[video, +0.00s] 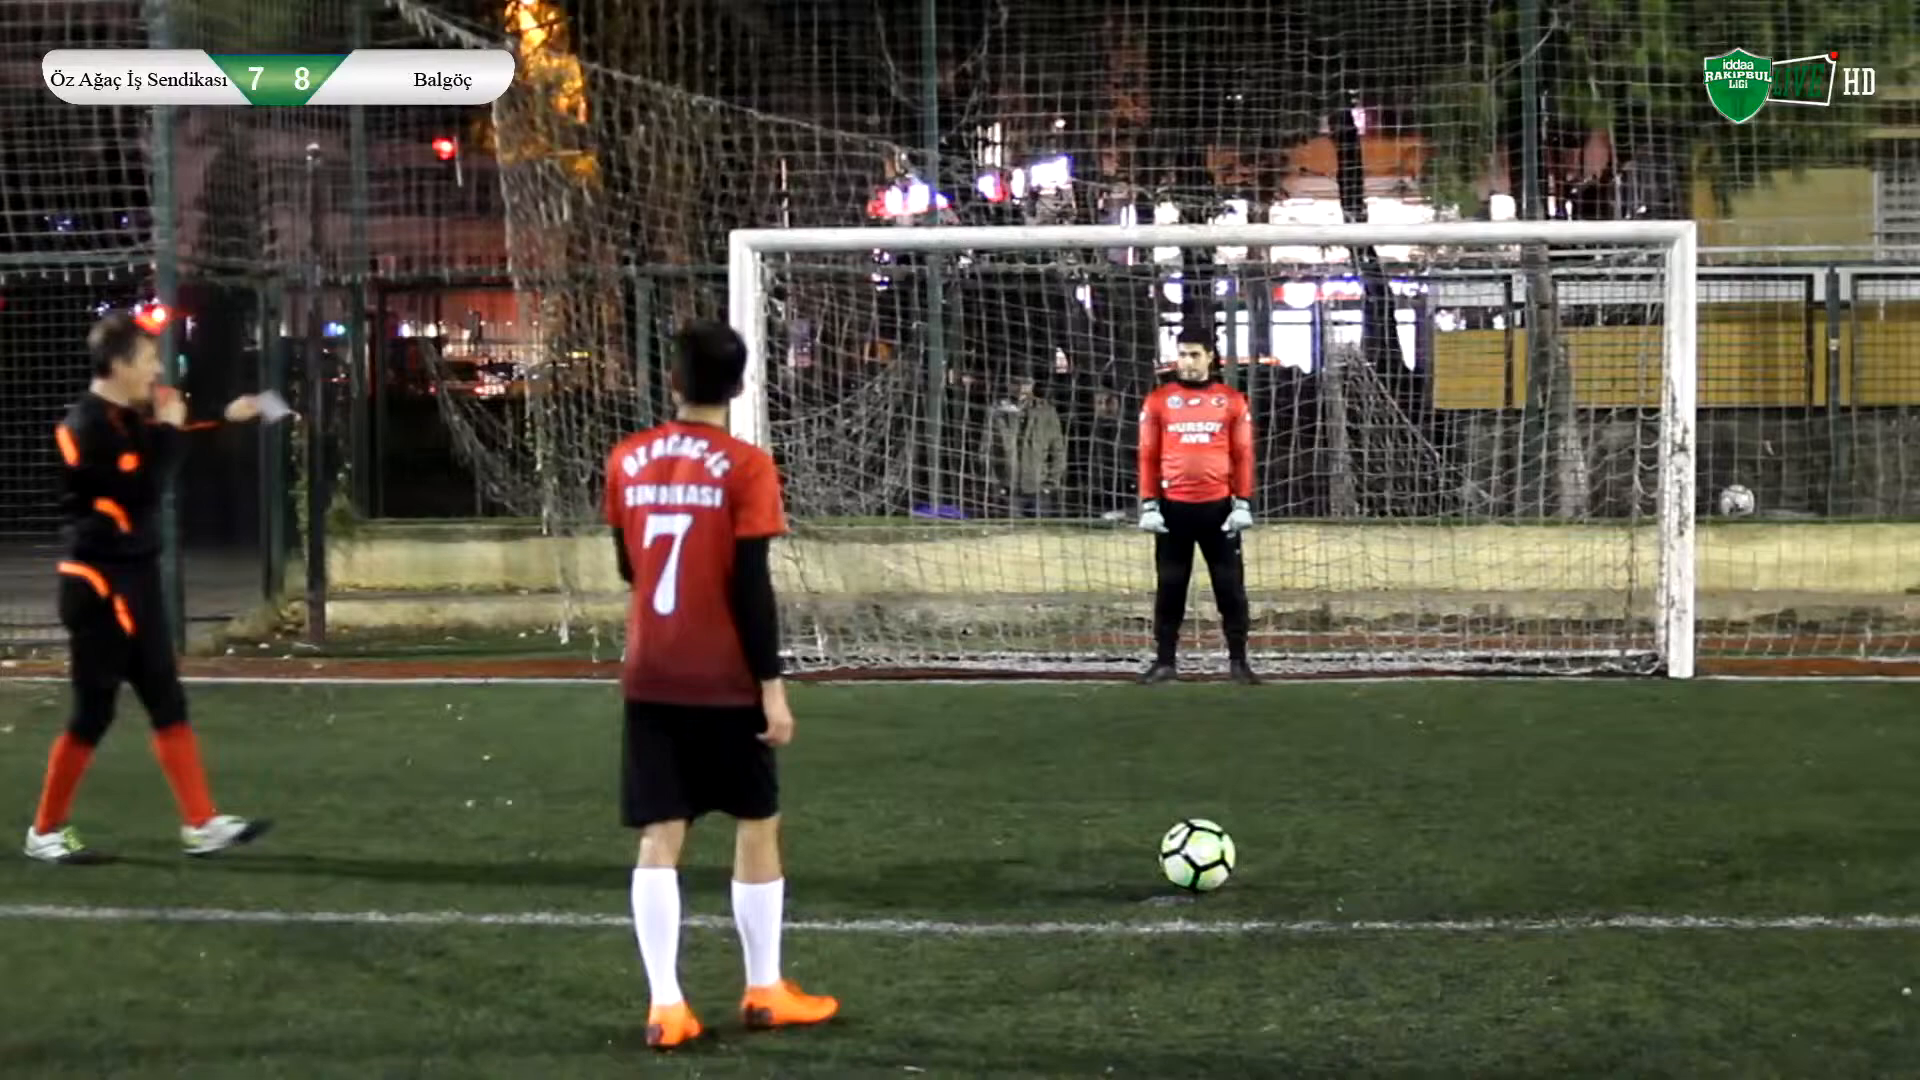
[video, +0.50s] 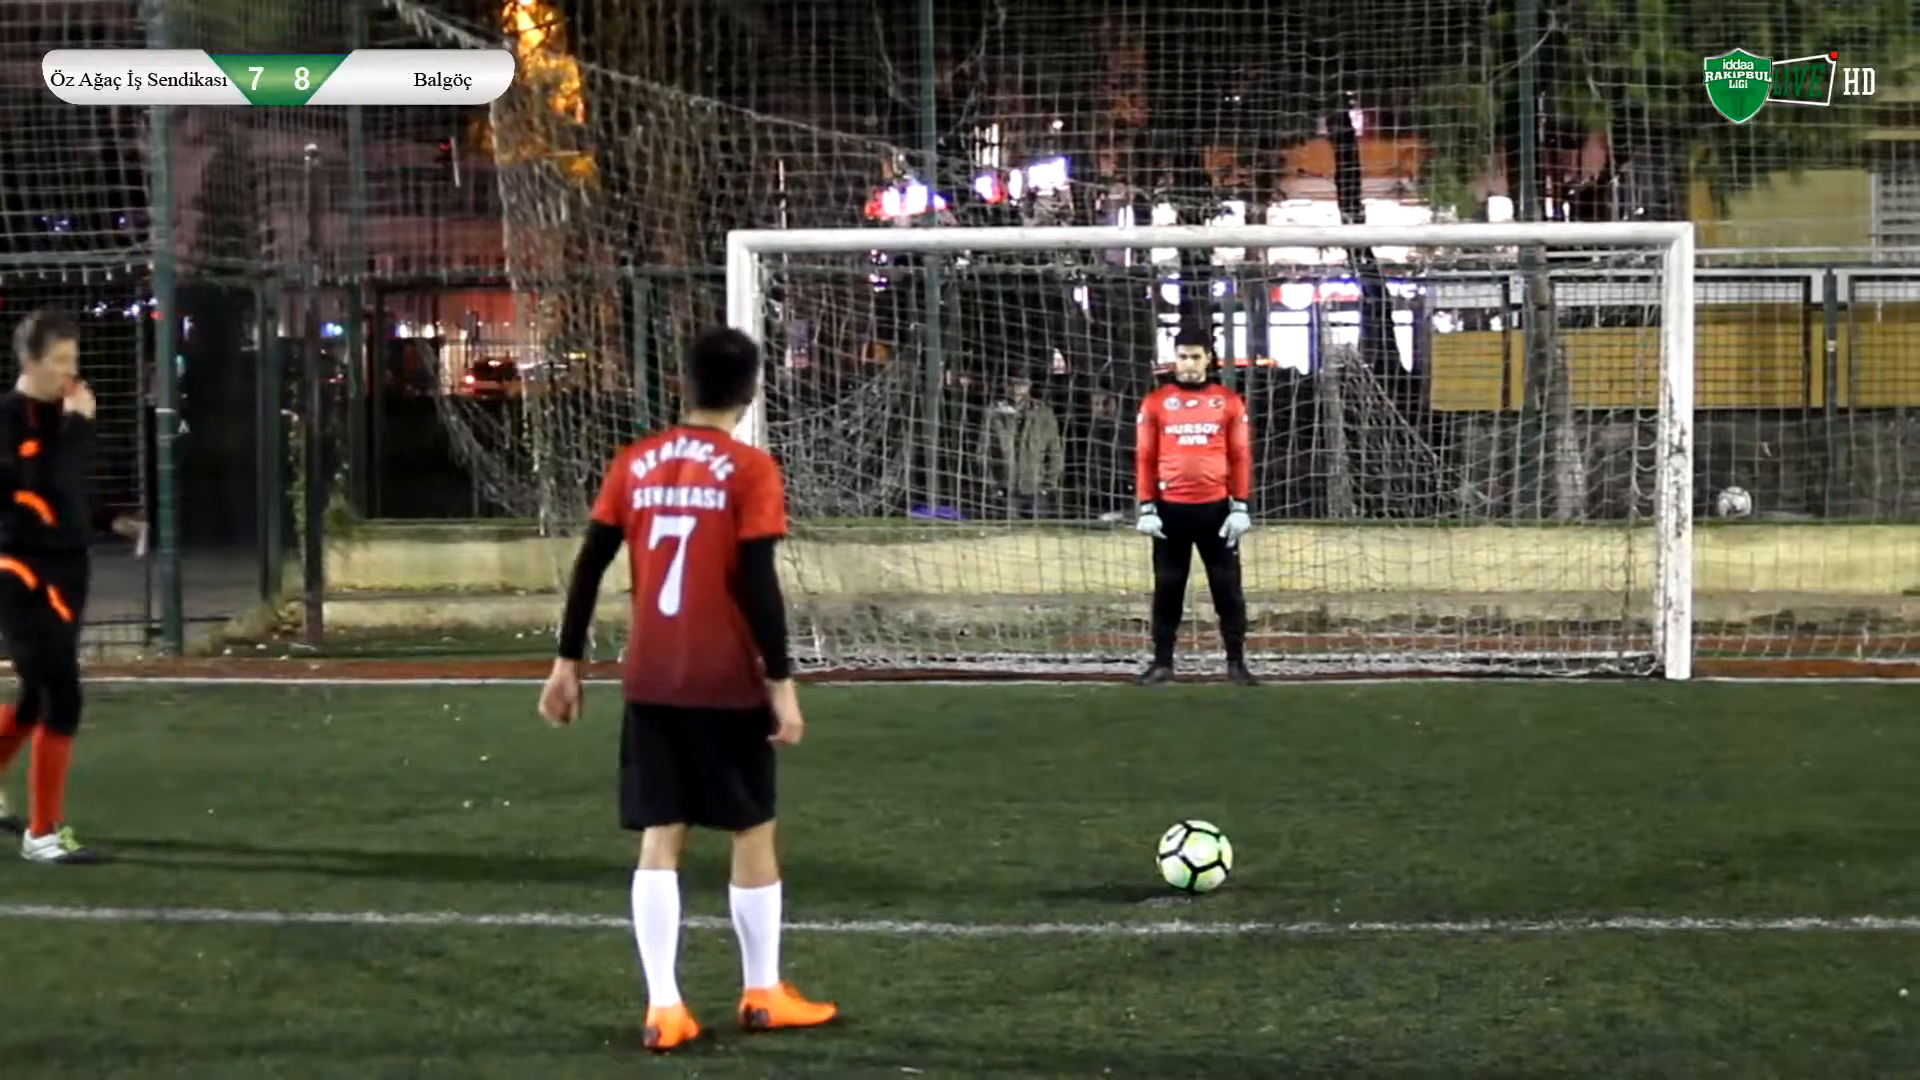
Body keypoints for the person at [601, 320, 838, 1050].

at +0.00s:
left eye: (691, 370)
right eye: (737, 378)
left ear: (676, 380)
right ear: (740, 386)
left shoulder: (627, 458)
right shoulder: (749, 466)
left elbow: (631, 568)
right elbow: (750, 583)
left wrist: (706, 566)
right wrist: (771, 681)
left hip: (649, 681)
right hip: (726, 681)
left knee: (661, 830)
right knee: (759, 821)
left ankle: (665, 1002)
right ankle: (767, 986)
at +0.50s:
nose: (754, 394)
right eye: (756, 385)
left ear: (687, 385)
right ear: (750, 392)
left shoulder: (635, 461)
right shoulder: (753, 468)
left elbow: (590, 562)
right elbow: (755, 576)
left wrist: (567, 658)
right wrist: (781, 679)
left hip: (650, 684)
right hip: (730, 684)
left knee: (660, 832)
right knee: (754, 830)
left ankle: (662, 1004)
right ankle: (764, 989)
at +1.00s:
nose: (801, 417)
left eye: (799, 405)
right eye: (801, 406)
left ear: (737, 397)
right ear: (788, 408)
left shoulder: (671, 460)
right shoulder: (784, 472)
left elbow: (643, 575)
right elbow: (774, 577)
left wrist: (690, 627)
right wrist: (789, 679)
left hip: (656, 670)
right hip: (733, 675)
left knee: (665, 826)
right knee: (758, 825)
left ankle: (664, 1002)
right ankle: (766, 986)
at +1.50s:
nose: (855, 457)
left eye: (854, 446)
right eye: (854, 446)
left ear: (792, 440)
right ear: (841, 443)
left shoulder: (729, 496)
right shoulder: (837, 496)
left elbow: (695, 597)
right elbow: (810, 575)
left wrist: (734, 648)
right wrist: (805, 678)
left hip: (710, 688)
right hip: (782, 688)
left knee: (693, 834)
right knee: (850, 793)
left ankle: (664, 1002)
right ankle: (850, 957)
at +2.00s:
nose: (985, 429)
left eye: (981, 421)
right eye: (981, 421)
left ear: (926, 433)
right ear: (974, 426)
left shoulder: (899, 487)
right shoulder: (1009, 484)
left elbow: (806, 506)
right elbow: (1075, 555)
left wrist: (818, 565)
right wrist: (1138, 581)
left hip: (948, 664)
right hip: (1006, 657)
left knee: (1021, 764)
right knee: (1015, 784)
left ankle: (1060, 863)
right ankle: (958, 849)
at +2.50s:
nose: (969, 399)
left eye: (962, 390)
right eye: (968, 390)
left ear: (911, 397)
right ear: (961, 395)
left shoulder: (882, 458)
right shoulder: (985, 463)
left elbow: (848, 539)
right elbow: (1002, 549)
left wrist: (875, 502)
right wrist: (1041, 617)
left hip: (924, 619)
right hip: (982, 617)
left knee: (961, 730)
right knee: (1003, 714)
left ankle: (1013, 829)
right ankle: (1011, 837)